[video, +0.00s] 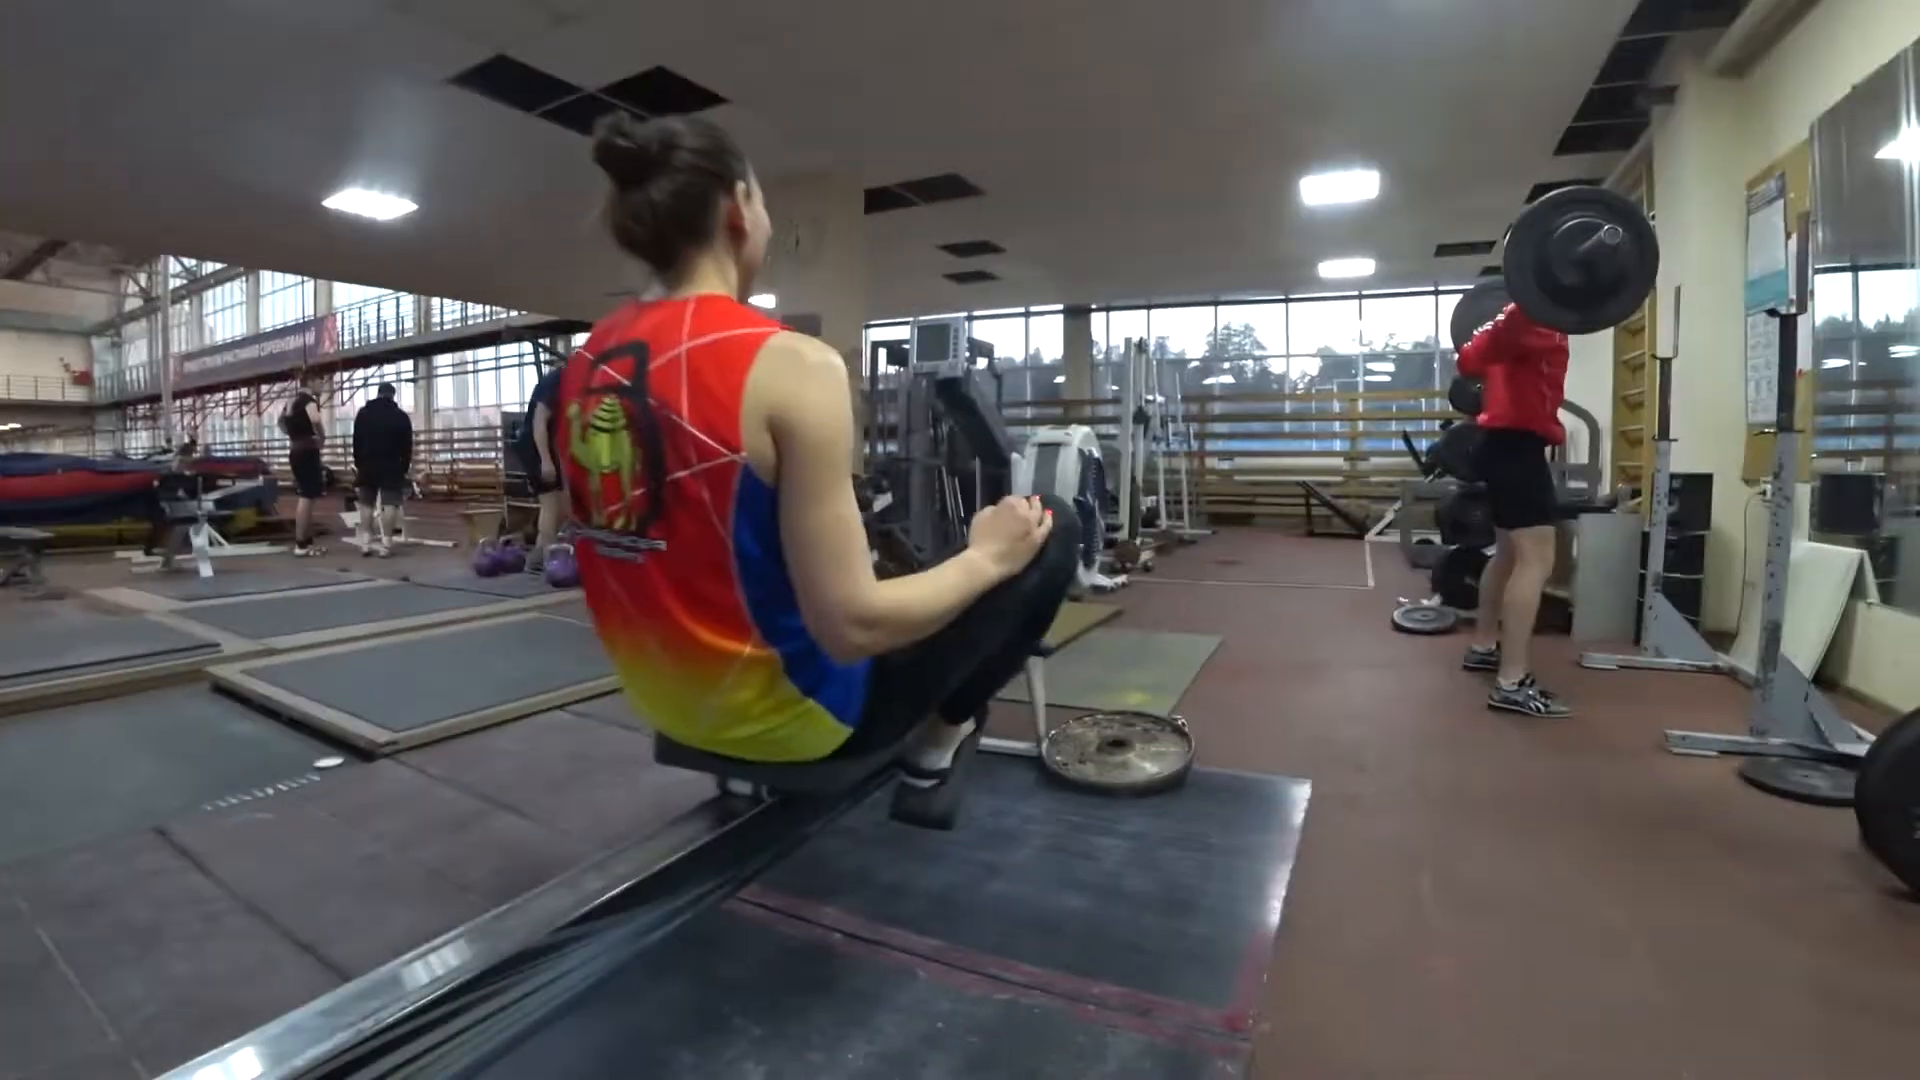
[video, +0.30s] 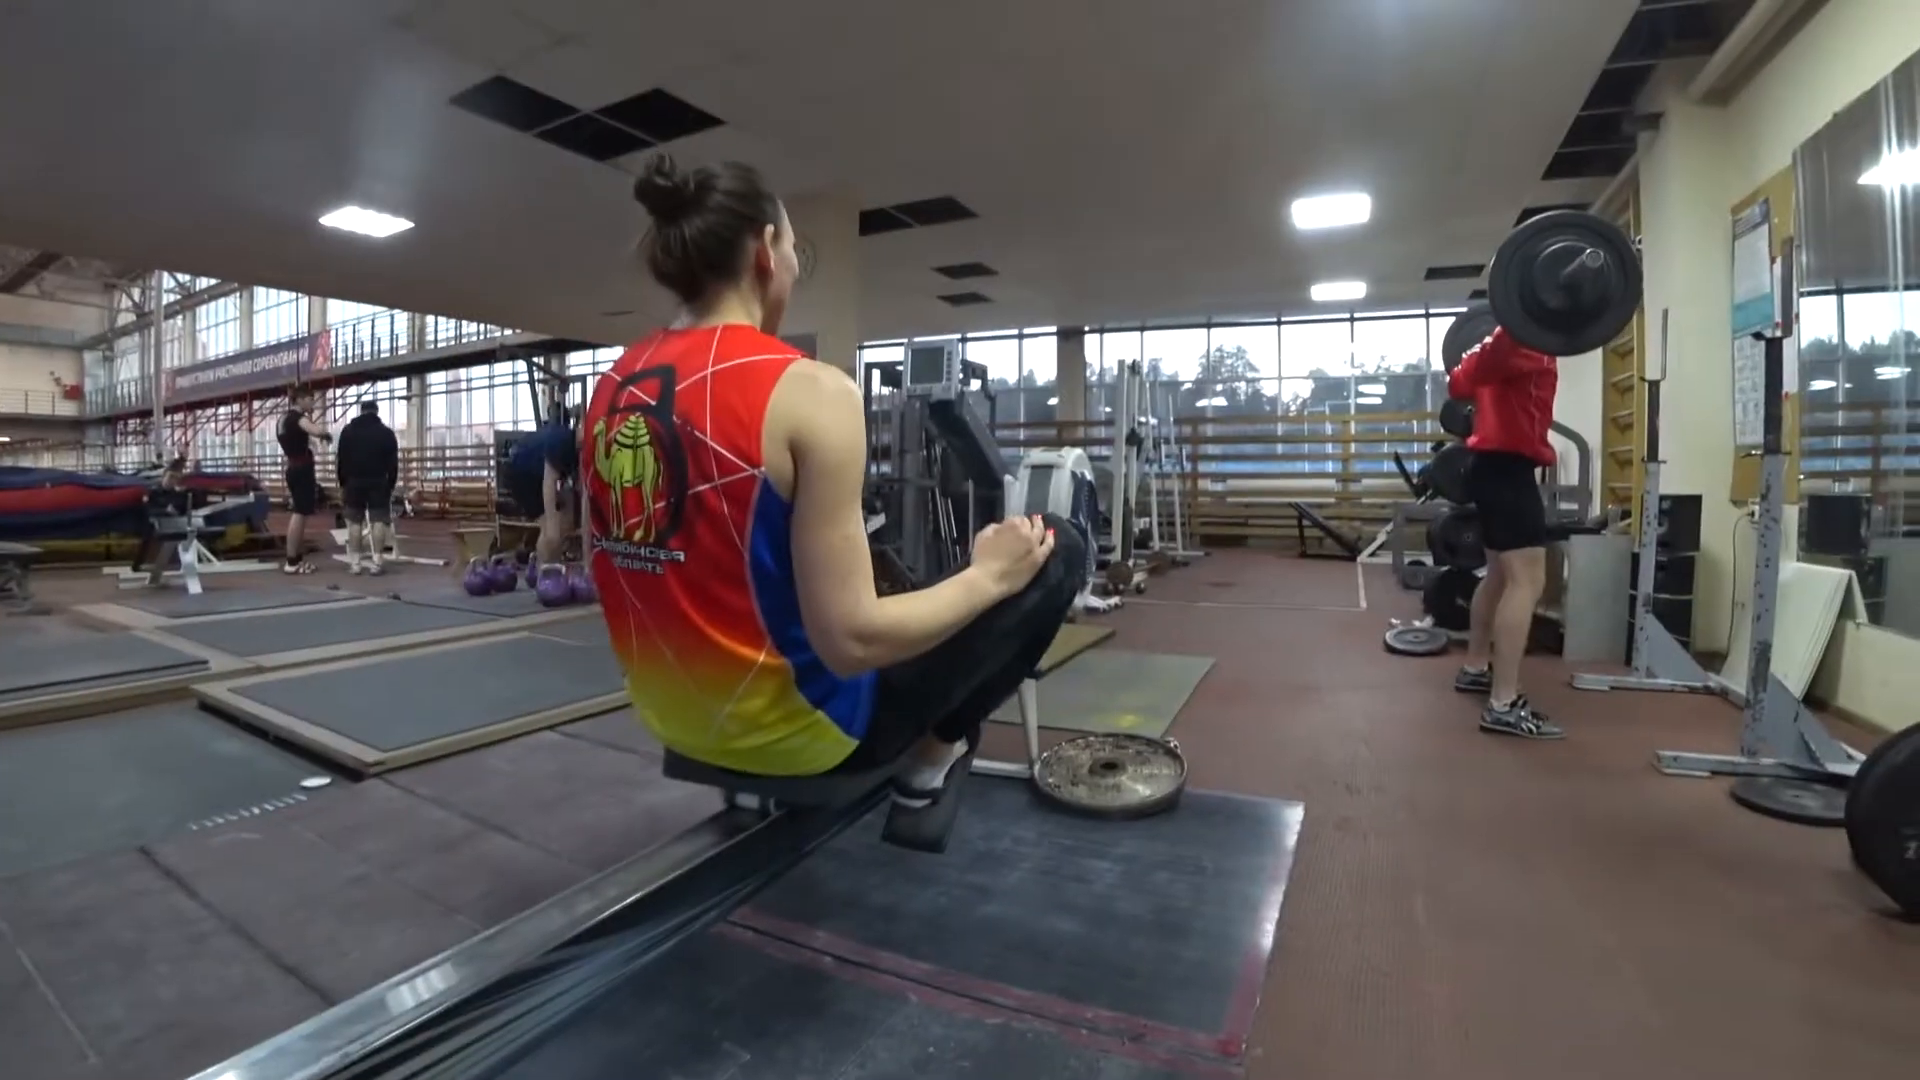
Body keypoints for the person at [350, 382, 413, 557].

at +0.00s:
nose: (389, 397)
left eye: (385, 393)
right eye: (390, 394)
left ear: (378, 394)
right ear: (393, 395)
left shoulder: (364, 413)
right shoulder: (401, 416)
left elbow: (357, 441)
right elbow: (407, 445)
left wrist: (359, 464)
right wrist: (404, 467)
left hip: (367, 466)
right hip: (392, 467)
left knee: (366, 504)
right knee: (389, 504)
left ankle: (365, 542)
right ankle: (386, 544)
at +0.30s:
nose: (370, 413)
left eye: (366, 410)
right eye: (372, 411)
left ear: (361, 411)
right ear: (377, 412)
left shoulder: (348, 430)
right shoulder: (386, 432)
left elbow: (341, 459)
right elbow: (393, 463)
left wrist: (344, 482)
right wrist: (390, 485)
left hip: (354, 484)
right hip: (378, 483)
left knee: (354, 522)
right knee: (379, 521)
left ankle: (355, 562)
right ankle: (377, 561)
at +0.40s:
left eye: (362, 420)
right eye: (368, 420)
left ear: (357, 421)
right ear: (372, 421)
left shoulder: (344, 439)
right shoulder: (383, 440)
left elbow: (339, 467)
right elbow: (390, 471)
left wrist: (340, 491)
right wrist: (388, 493)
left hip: (352, 491)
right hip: (376, 491)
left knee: (352, 530)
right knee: (377, 528)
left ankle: (354, 571)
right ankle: (377, 569)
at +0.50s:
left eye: (354, 426)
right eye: (361, 426)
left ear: (350, 428)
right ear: (366, 428)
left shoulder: (338, 446)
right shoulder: (377, 447)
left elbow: (333, 474)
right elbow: (384, 476)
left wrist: (335, 496)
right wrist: (383, 498)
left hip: (346, 498)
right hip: (371, 498)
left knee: (348, 538)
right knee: (373, 535)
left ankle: (350, 578)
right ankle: (373, 575)